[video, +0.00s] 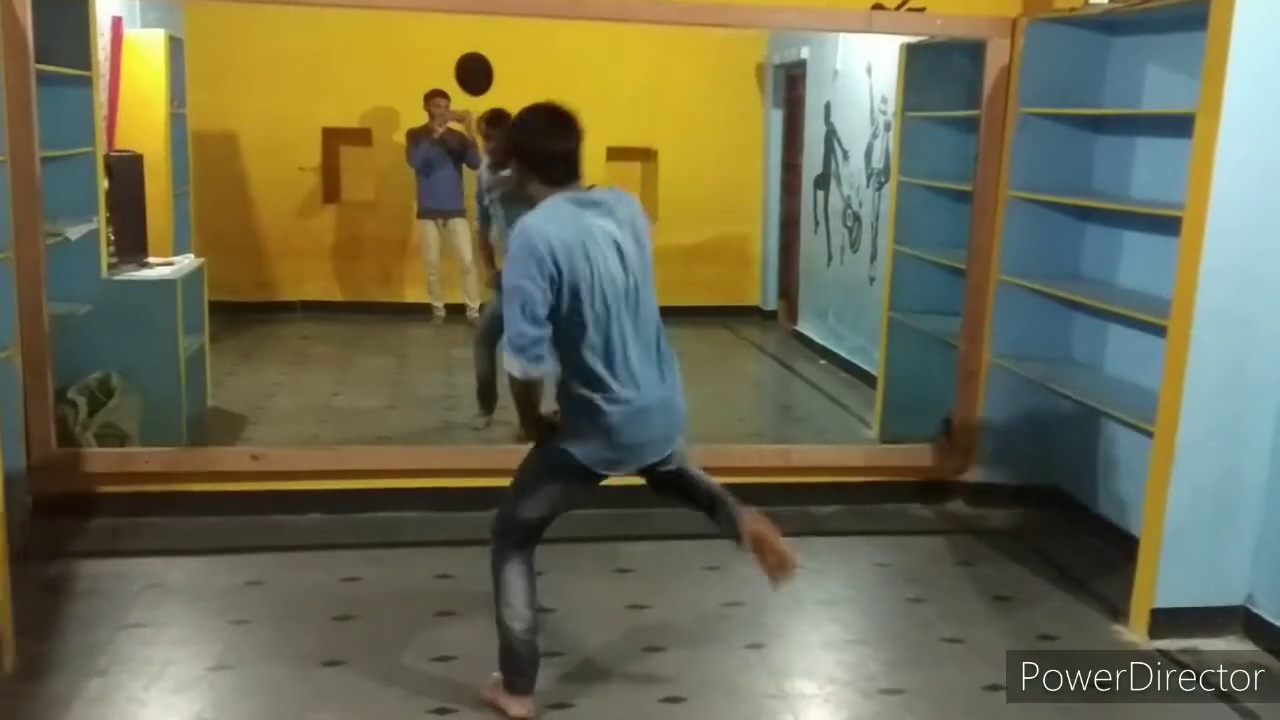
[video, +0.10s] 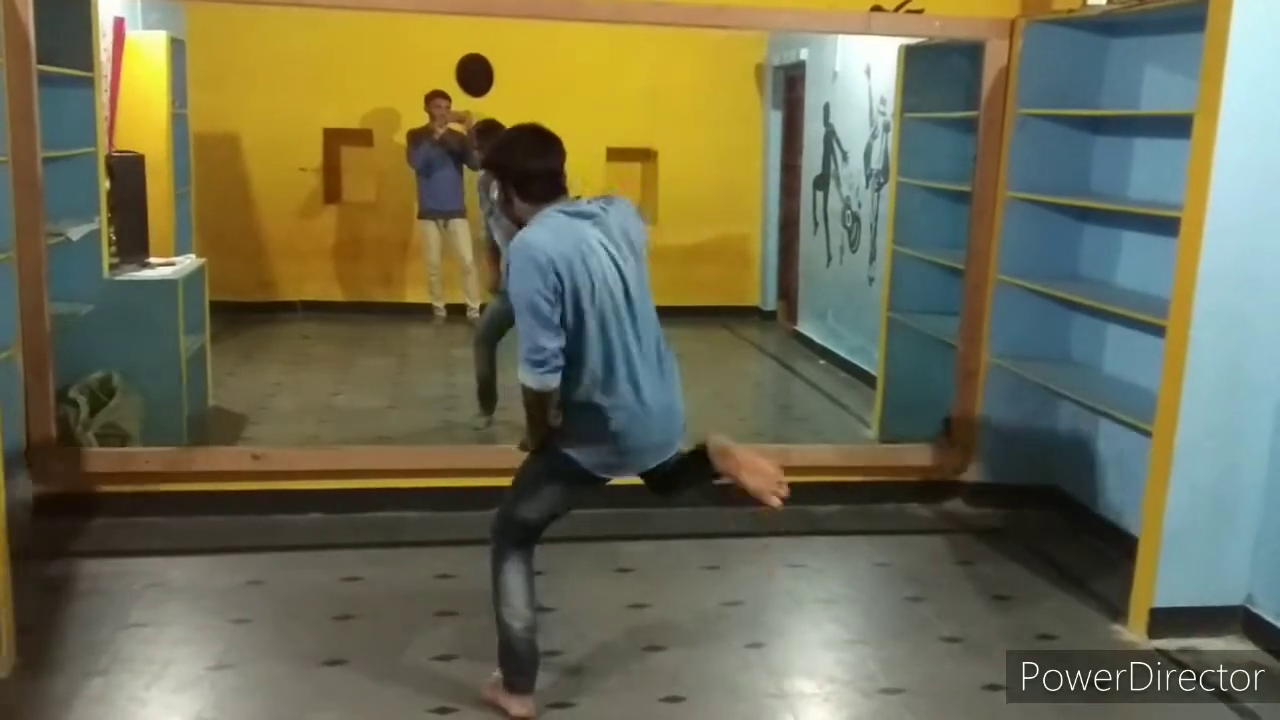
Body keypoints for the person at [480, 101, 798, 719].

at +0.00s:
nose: (503, 175)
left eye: (508, 165)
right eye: (505, 164)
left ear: (525, 170)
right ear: (575, 159)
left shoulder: (533, 233)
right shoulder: (624, 207)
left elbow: (525, 355)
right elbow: (626, 296)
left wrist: (532, 425)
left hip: (598, 425)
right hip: (663, 410)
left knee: (512, 534)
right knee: (665, 471)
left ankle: (517, 687)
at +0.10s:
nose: (495, 199)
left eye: (495, 188)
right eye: (493, 188)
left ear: (509, 191)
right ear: (562, 177)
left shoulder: (530, 250)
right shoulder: (617, 214)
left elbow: (541, 371)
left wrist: (538, 438)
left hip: (598, 430)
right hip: (661, 414)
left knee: (512, 533)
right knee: (666, 479)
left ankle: (517, 687)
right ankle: (720, 460)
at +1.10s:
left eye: (674, 125)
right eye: (726, 130)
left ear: (662, 132)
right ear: (727, 139)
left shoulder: (612, 197)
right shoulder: (741, 225)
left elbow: (534, 213)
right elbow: (760, 341)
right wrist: (759, 387)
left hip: (616, 407)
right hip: (696, 411)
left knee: (569, 541)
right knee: (752, 532)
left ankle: (523, 686)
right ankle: (784, 671)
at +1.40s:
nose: (676, 136)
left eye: (676, 126)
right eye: (729, 134)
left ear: (672, 132)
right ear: (735, 142)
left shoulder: (621, 199)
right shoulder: (743, 224)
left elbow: (571, 260)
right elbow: (757, 341)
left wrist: (604, 307)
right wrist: (748, 392)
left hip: (613, 402)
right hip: (695, 408)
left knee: (569, 535)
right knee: (752, 528)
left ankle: (522, 684)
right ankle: (783, 667)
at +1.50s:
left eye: (674, 126)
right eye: (727, 131)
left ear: (668, 132)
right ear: (732, 140)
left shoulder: (623, 197)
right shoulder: (741, 225)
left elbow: (565, 235)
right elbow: (756, 338)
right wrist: (757, 386)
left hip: (615, 401)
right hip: (695, 407)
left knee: (571, 536)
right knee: (752, 528)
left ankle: (521, 683)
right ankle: (783, 667)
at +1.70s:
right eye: (730, 134)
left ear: (666, 134)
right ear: (731, 144)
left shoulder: (621, 195)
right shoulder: (741, 233)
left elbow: (587, 192)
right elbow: (752, 347)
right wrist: (764, 391)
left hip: (612, 402)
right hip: (692, 408)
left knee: (571, 539)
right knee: (751, 527)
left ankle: (522, 683)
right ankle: (783, 667)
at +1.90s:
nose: (675, 138)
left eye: (679, 128)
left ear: (680, 135)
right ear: (742, 142)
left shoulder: (652, 188)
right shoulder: (765, 231)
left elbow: (714, 215)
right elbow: (779, 352)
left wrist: (782, 226)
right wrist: (758, 407)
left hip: (623, 395)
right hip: (702, 406)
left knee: (573, 526)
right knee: (758, 525)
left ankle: (523, 673)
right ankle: (781, 666)